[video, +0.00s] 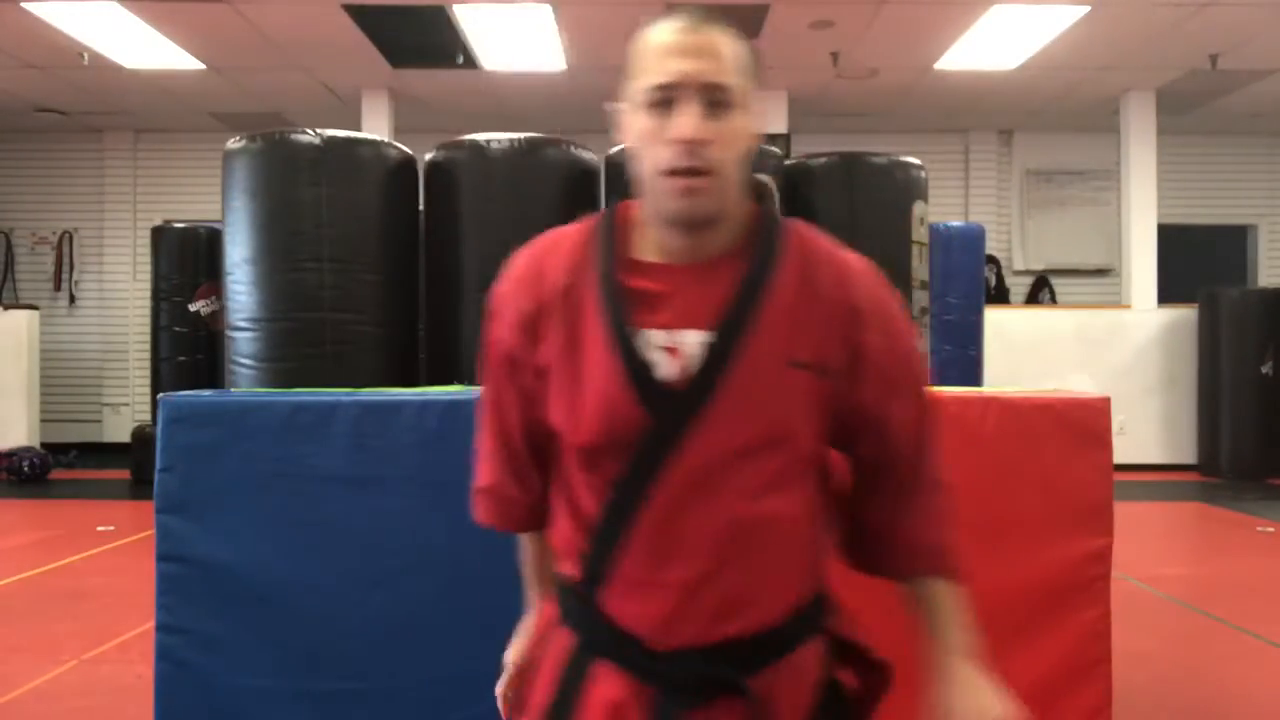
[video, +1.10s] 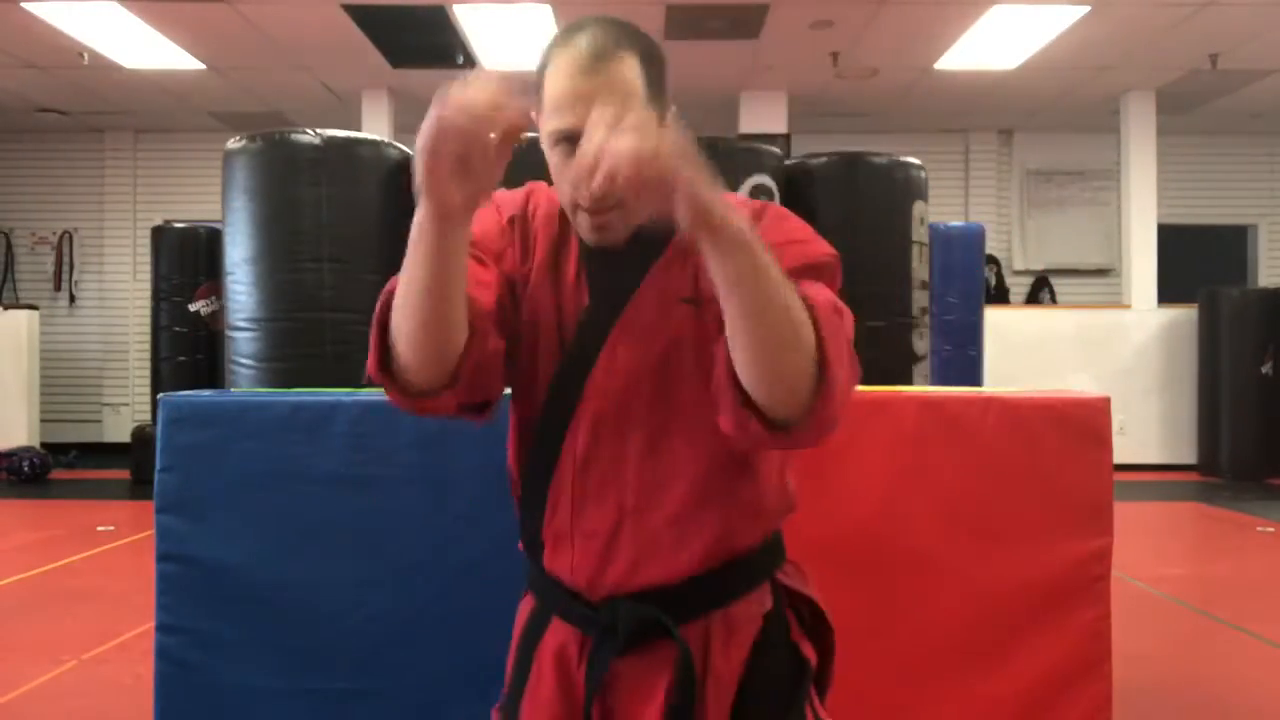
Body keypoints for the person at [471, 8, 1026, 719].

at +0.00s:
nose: (688, 130)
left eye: (716, 104)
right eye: (662, 104)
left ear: (755, 126)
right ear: (623, 126)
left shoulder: (841, 293)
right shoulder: (541, 283)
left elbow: (907, 490)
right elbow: (523, 466)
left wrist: (958, 662)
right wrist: (540, 608)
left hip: (773, 685)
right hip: (591, 679)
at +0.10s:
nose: (772, 126)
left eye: (800, 99)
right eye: (745, 94)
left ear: (835, 127)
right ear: (696, 117)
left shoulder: (906, 292)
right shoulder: (592, 277)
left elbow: (983, 498)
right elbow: (560, 468)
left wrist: (1055, 675)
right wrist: (564, 621)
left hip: (827, 685)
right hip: (638, 677)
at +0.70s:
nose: (717, 125)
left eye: (746, 91)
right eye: (688, 95)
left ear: (793, 104)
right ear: (654, 117)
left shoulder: (923, 266)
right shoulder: (620, 280)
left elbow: (996, 484)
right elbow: (602, 486)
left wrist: (981, 687)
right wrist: (563, 655)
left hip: (857, 690)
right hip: (669, 682)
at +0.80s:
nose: (685, 131)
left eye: (714, 99)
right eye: (658, 102)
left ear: (759, 116)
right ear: (624, 122)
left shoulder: (869, 271)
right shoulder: (586, 288)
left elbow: (924, 472)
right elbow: (537, 489)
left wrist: (888, 645)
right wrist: (484, 653)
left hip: (819, 678)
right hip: (639, 674)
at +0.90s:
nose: (644, 140)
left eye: (673, 112)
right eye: (620, 111)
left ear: (715, 126)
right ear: (586, 128)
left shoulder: (802, 271)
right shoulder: (544, 282)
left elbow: (853, 474)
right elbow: (476, 439)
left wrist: (775, 530)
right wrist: (434, 514)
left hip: (773, 670)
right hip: (605, 665)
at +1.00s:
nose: (606, 150)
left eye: (635, 118)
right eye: (583, 119)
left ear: (677, 124)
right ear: (550, 126)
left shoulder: (769, 253)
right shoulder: (517, 250)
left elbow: (819, 454)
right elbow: (440, 440)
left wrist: (713, 353)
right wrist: (426, 346)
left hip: (739, 655)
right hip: (581, 649)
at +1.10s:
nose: (592, 173)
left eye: (616, 135)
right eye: (567, 140)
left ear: (665, 125)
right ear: (540, 140)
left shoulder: (758, 239)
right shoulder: (517, 230)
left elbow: (799, 411)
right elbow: (424, 380)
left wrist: (710, 219)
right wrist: (441, 214)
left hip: (723, 643)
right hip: (563, 641)